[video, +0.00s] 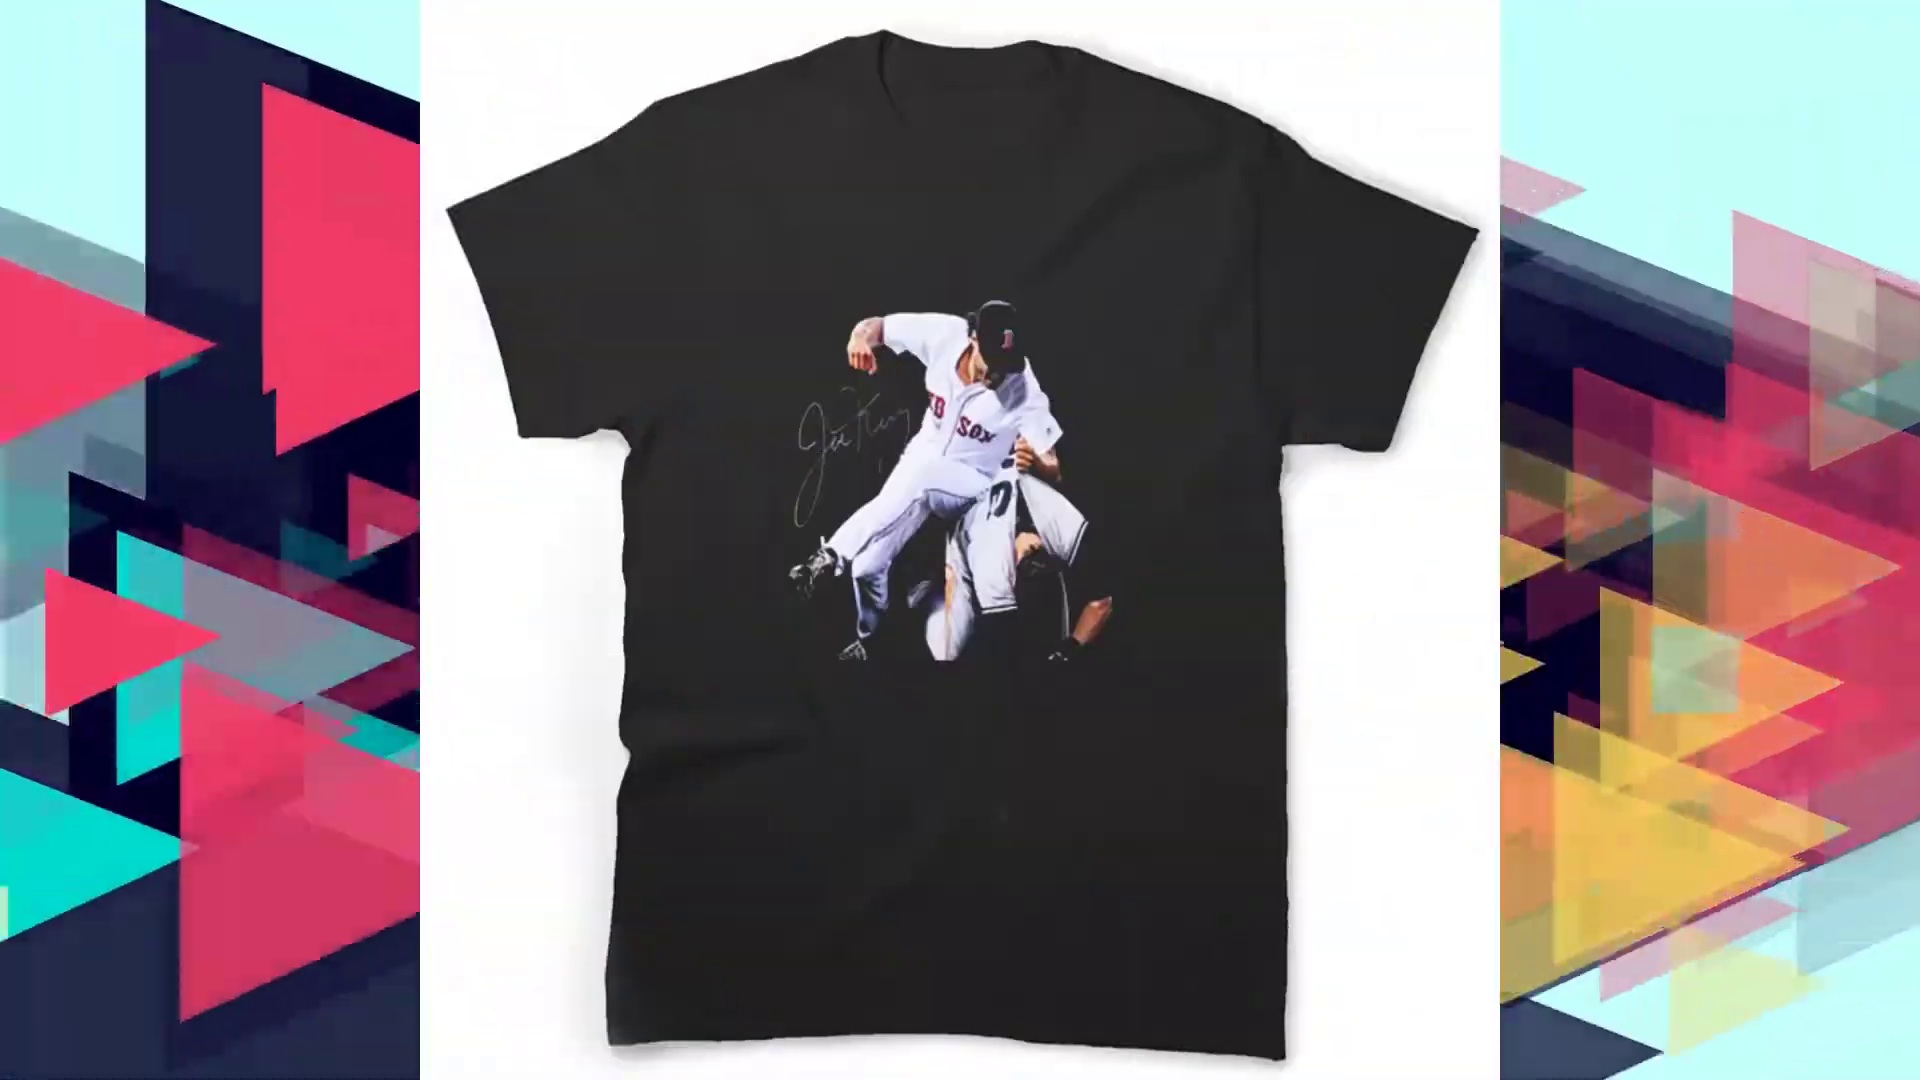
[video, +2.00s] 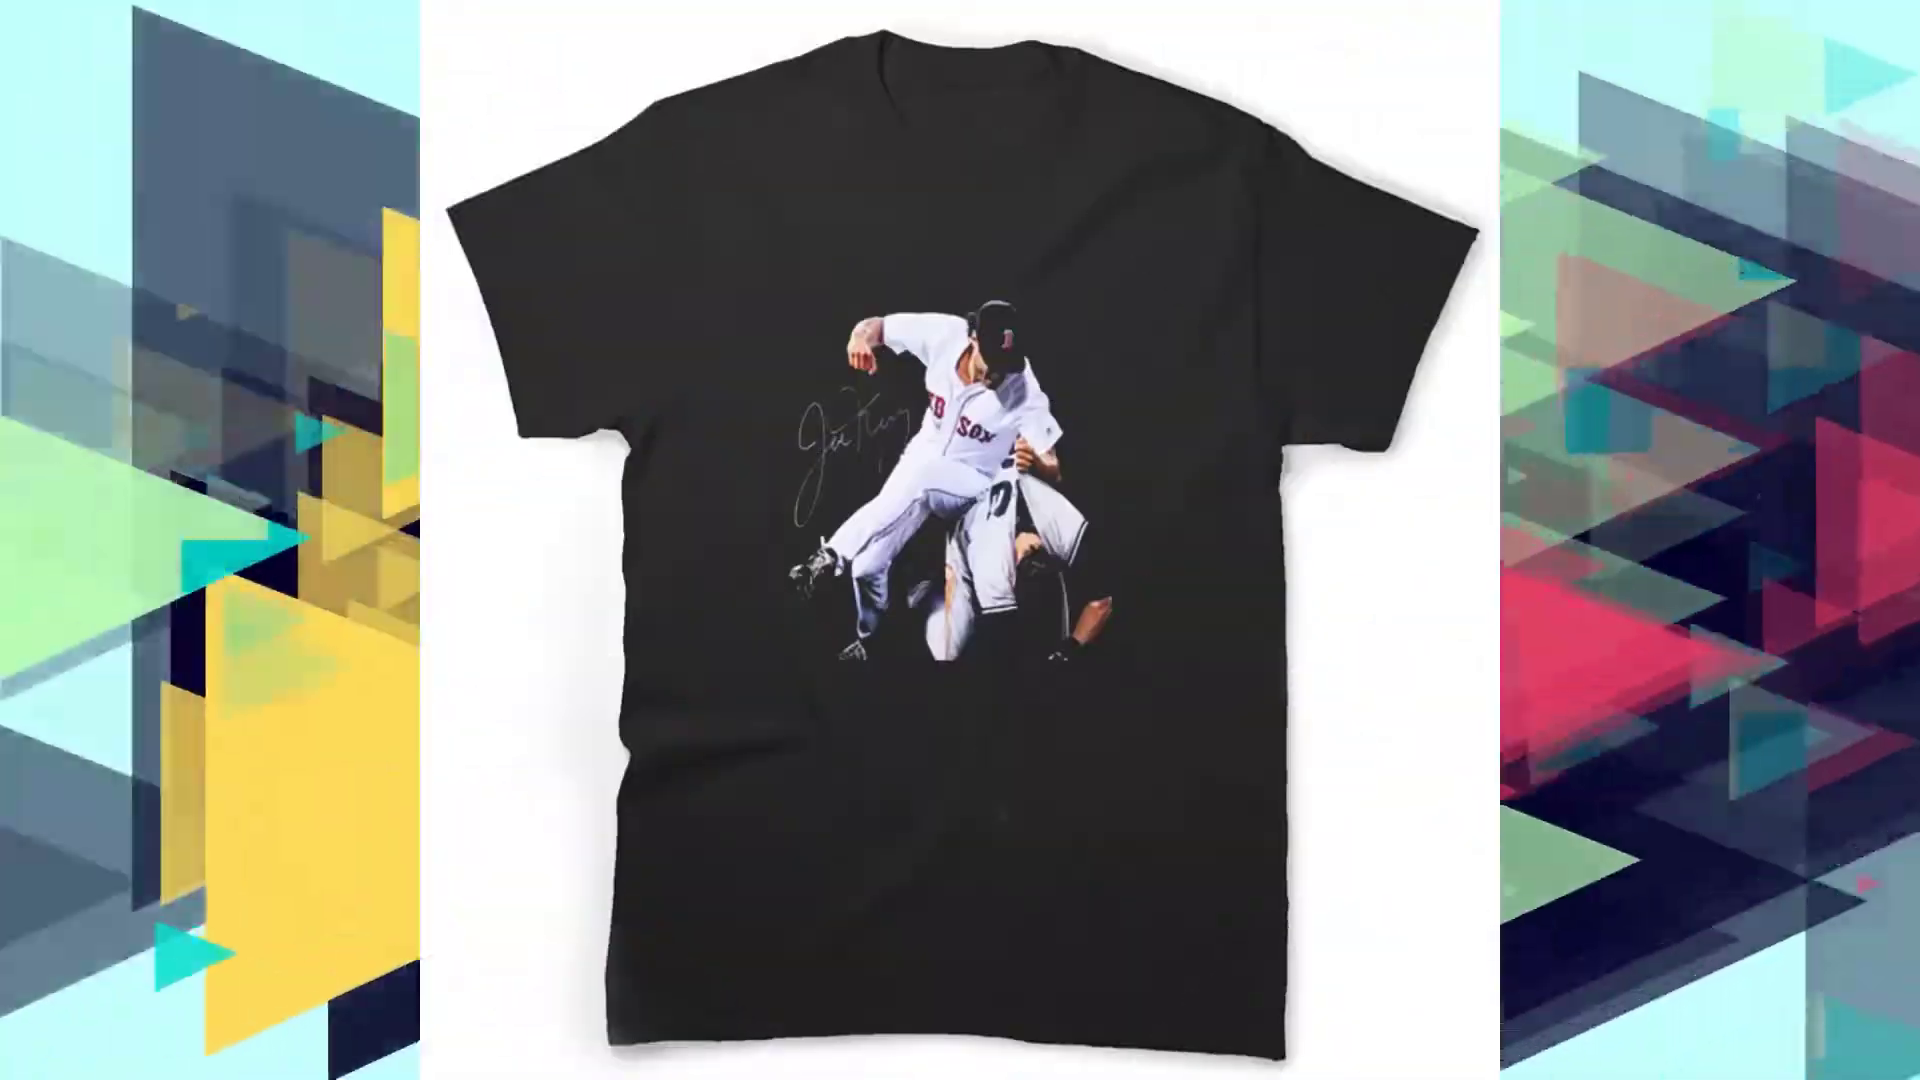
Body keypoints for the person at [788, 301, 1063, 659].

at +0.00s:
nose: (997, 373)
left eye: (1005, 366)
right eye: (991, 363)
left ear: (1015, 354)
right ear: (973, 343)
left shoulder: (1023, 388)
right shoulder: (946, 334)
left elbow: (1055, 470)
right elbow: (875, 327)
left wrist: (1038, 463)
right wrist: (861, 340)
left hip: (978, 481)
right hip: (922, 460)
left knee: (920, 476)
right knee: (867, 565)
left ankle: (828, 559)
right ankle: (870, 641)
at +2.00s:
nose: (995, 373)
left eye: (1004, 366)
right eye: (990, 364)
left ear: (1016, 355)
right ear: (973, 342)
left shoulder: (1023, 390)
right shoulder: (946, 334)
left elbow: (1055, 470)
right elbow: (874, 327)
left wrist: (1038, 463)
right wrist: (861, 340)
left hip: (978, 482)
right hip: (922, 460)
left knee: (920, 477)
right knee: (867, 565)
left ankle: (827, 559)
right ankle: (870, 640)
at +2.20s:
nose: (995, 373)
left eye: (1004, 366)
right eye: (990, 364)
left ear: (1016, 355)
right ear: (973, 342)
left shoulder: (1023, 390)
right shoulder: (946, 334)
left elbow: (1055, 470)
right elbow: (874, 327)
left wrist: (1038, 463)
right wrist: (861, 340)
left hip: (978, 482)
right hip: (922, 460)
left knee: (920, 477)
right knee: (867, 565)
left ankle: (827, 559)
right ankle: (870, 640)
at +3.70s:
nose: (997, 374)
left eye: (1006, 367)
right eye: (992, 365)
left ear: (1017, 354)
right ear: (973, 341)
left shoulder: (1024, 390)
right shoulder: (946, 334)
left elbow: (1054, 467)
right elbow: (877, 327)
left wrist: (1038, 462)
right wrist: (861, 340)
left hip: (976, 481)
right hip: (921, 459)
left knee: (921, 477)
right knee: (867, 566)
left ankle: (828, 560)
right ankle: (870, 642)